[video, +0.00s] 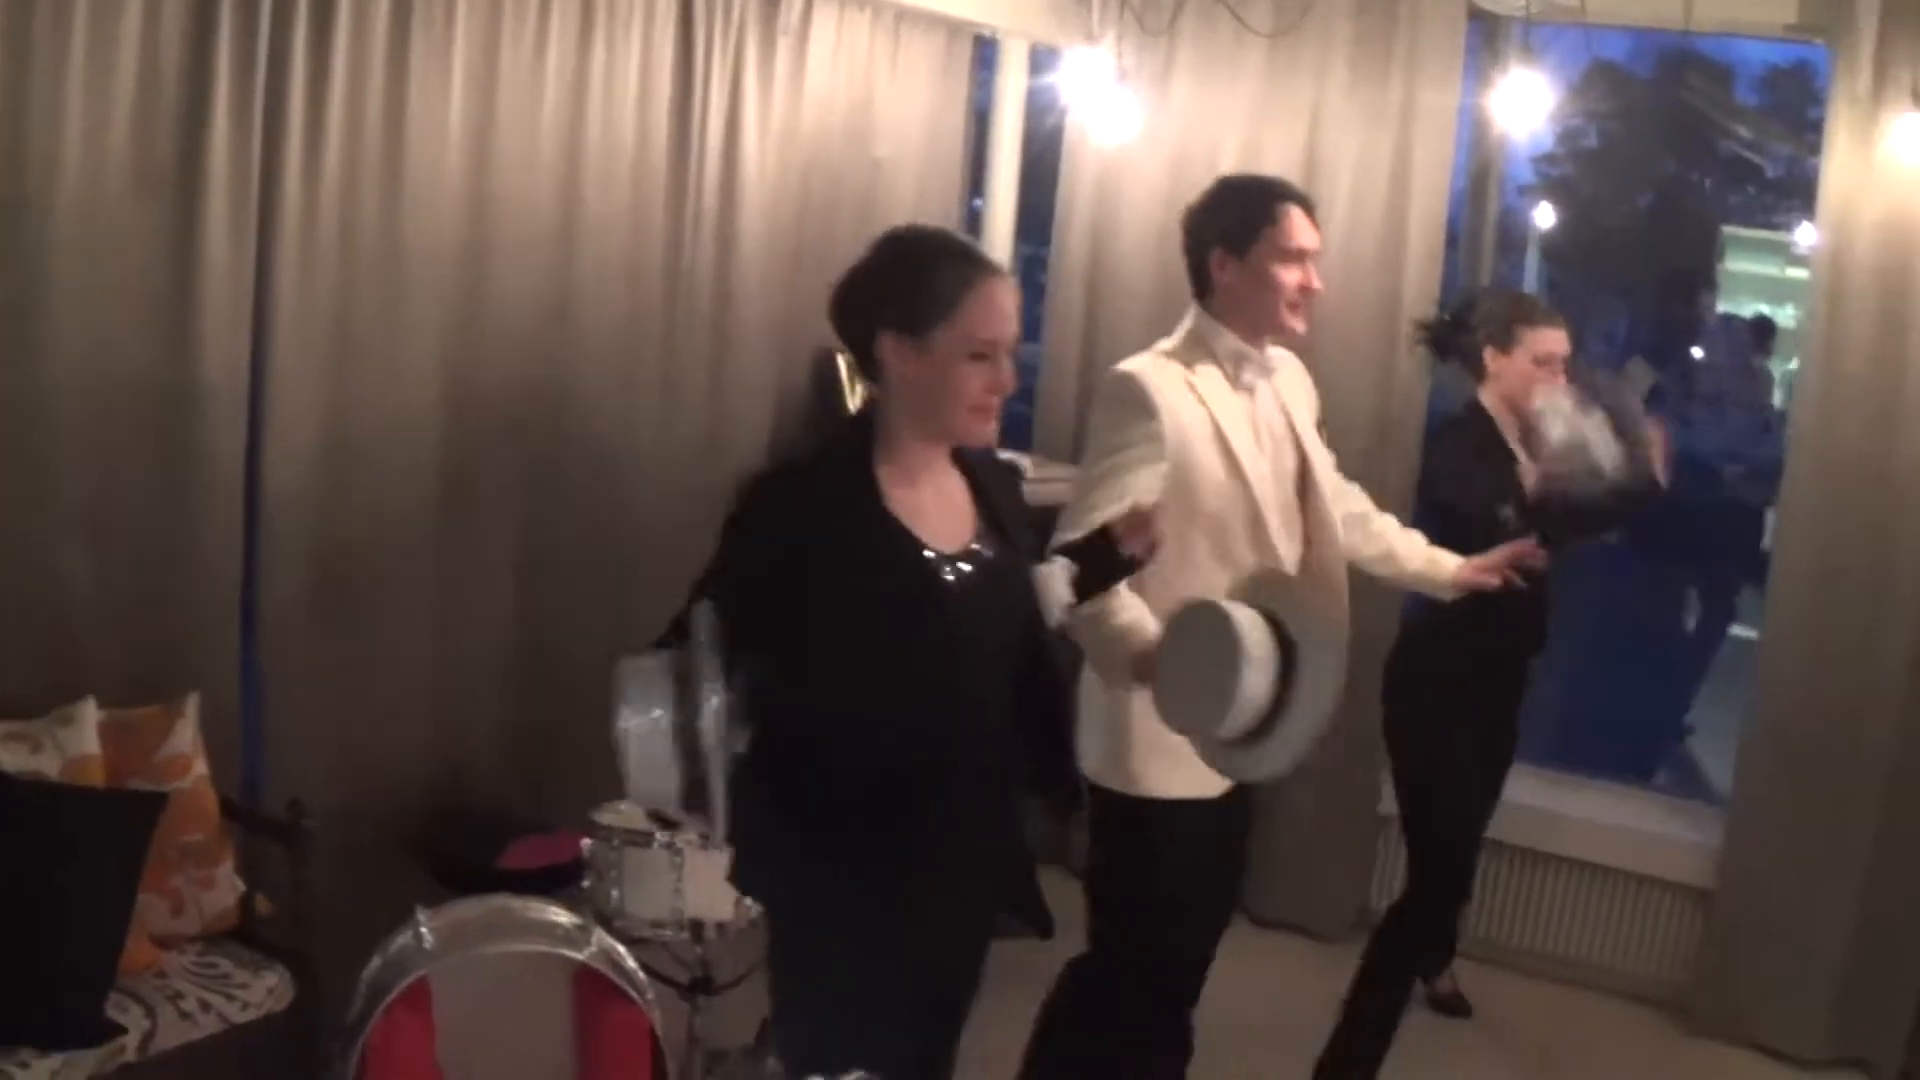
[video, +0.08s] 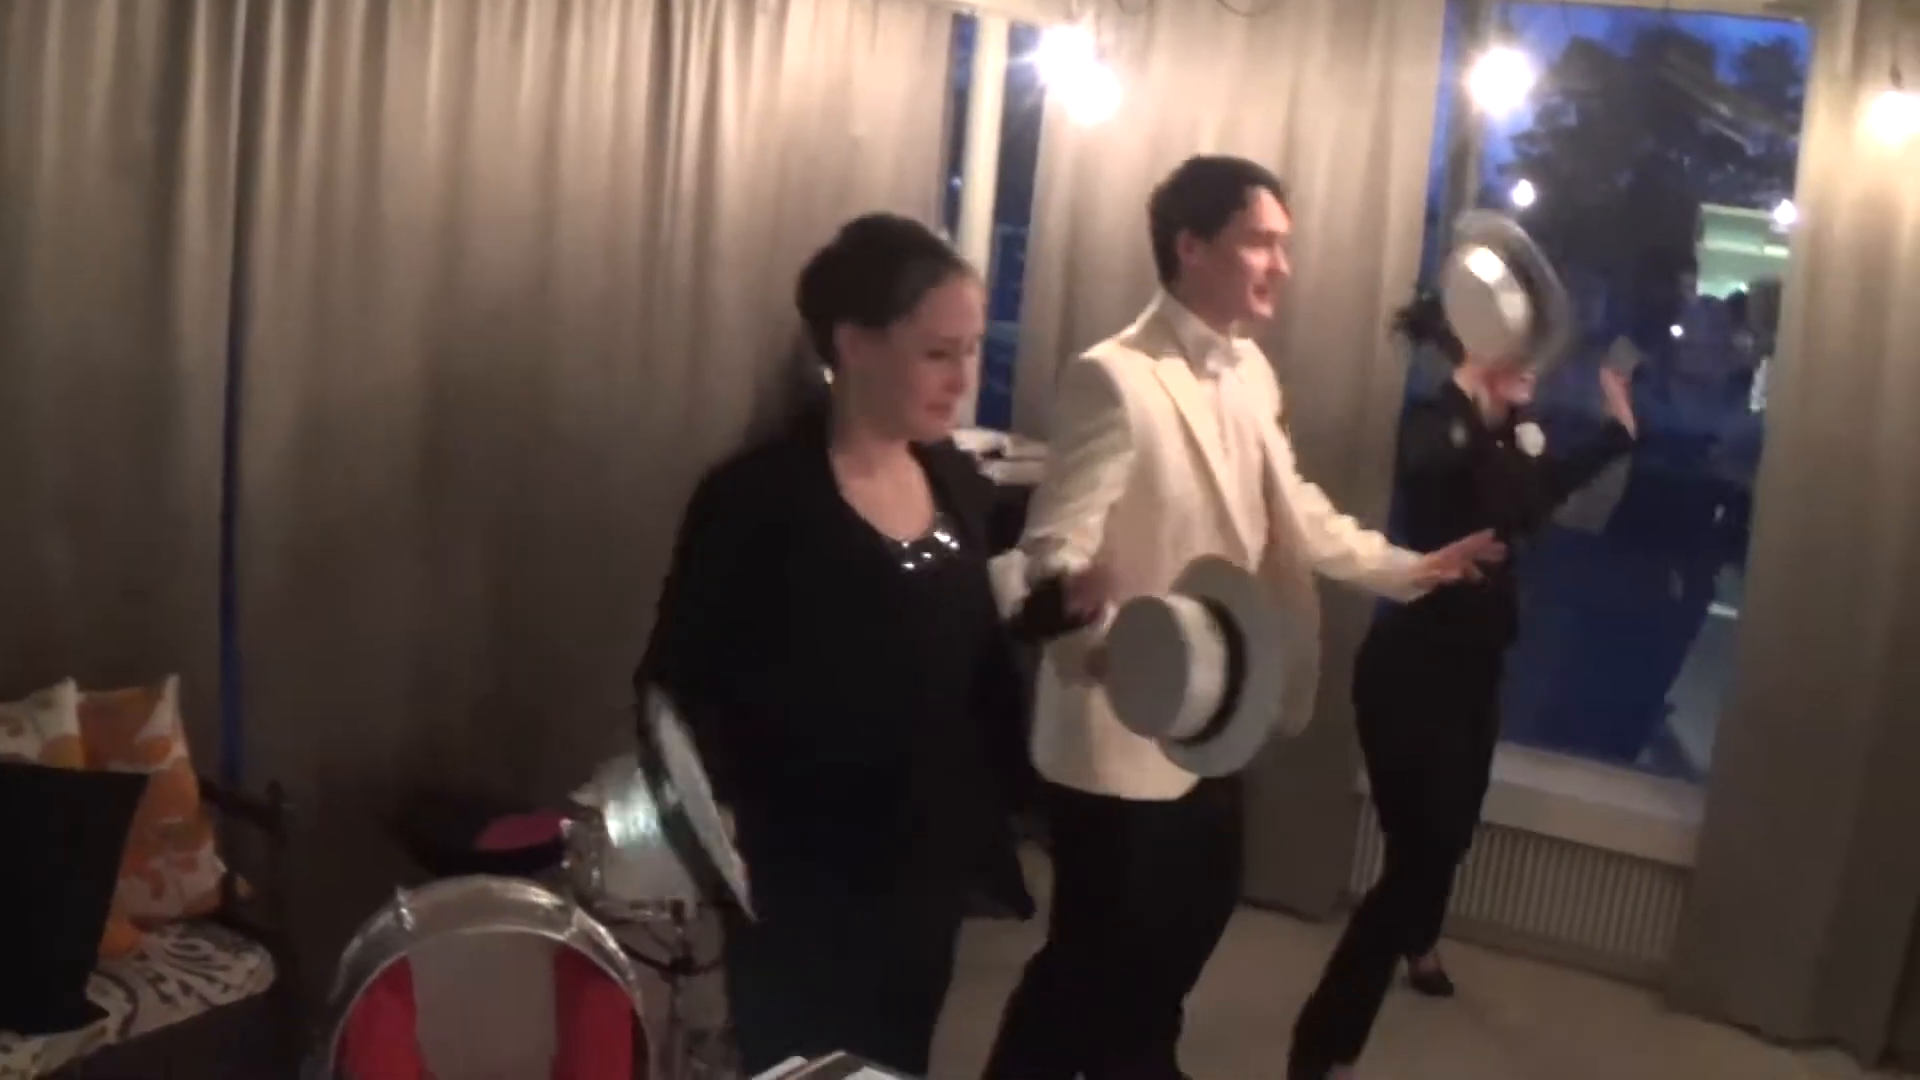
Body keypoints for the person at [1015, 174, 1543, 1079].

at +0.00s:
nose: (1312, 281)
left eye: (1315, 261)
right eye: (1292, 260)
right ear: (1221, 266)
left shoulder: (1285, 378)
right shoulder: (1149, 388)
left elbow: (1336, 511)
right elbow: (1088, 572)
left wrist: (1453, 571)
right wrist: (1163, 658)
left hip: (1230, 737)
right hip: (1147, 748)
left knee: (1176, 970)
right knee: (1131, 972)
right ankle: (1062, 1072)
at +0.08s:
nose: (1280, 265)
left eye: (1283, 246)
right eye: (1259, 244)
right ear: (1187, 249)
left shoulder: (1246, 372)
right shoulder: (1114, 378)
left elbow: (1298, 518)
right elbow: (1051, 548)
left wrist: (1411, 569)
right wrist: (1073, 587)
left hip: (1210, 727)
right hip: (1111, 738)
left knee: (1195, 922)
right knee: (1095, 950)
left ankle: (1139, 1060)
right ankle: (1033, 1068)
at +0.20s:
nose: (1239, 258)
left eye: (1242, 237)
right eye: (1218, 235)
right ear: (1144, 242)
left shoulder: (1194, 372)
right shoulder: (1069, 375)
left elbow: (1223, 541)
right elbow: (1008, 555)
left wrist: (1329, 610)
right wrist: (1078, 651)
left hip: (1160, 716)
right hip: (1056, 728)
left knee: (1239, 871)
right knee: (1051, 951)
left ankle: (1114, 1054)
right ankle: (995, 1070)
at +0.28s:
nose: (1223, 246)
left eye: (1226, 224)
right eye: (1203, 222)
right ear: (1129, 226)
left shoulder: (1172, 358)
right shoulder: (1047, 361)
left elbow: (1191, 530)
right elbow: (990, 543)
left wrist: (1291, 607)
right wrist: (1073, 631)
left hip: (1137, 706)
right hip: (1035, 717)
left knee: (1240, 865)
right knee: (1035, 945)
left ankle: (1092, 1067)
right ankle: (972, 1079)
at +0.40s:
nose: (1207, 210)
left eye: (1211, 189)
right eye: (1189, 186)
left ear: (1134, 194)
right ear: (1113, 188)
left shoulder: (1152, 318)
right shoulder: (1034, 315)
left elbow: (1147, 512)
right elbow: (972, 483)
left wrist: (1260, 559)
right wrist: (1066, 542)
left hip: (1114, 670)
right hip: (1014, 676)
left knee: (1193, 879)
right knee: (1002, 910)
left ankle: (1096, 1078)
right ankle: (958, 1079)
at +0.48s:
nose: (1198, 202)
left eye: (1202, 181)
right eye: (1181, 177)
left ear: (1125, 183)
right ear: (1105, 178)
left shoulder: (1148, 311)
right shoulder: (1025, 306)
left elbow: (1144, 500)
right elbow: (971, 476)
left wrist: (1250, 543)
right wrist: (1071, 520)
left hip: (1122, 672)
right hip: (1015, 674)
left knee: (1134, 915)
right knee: (980, 916)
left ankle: (1094, 1077)